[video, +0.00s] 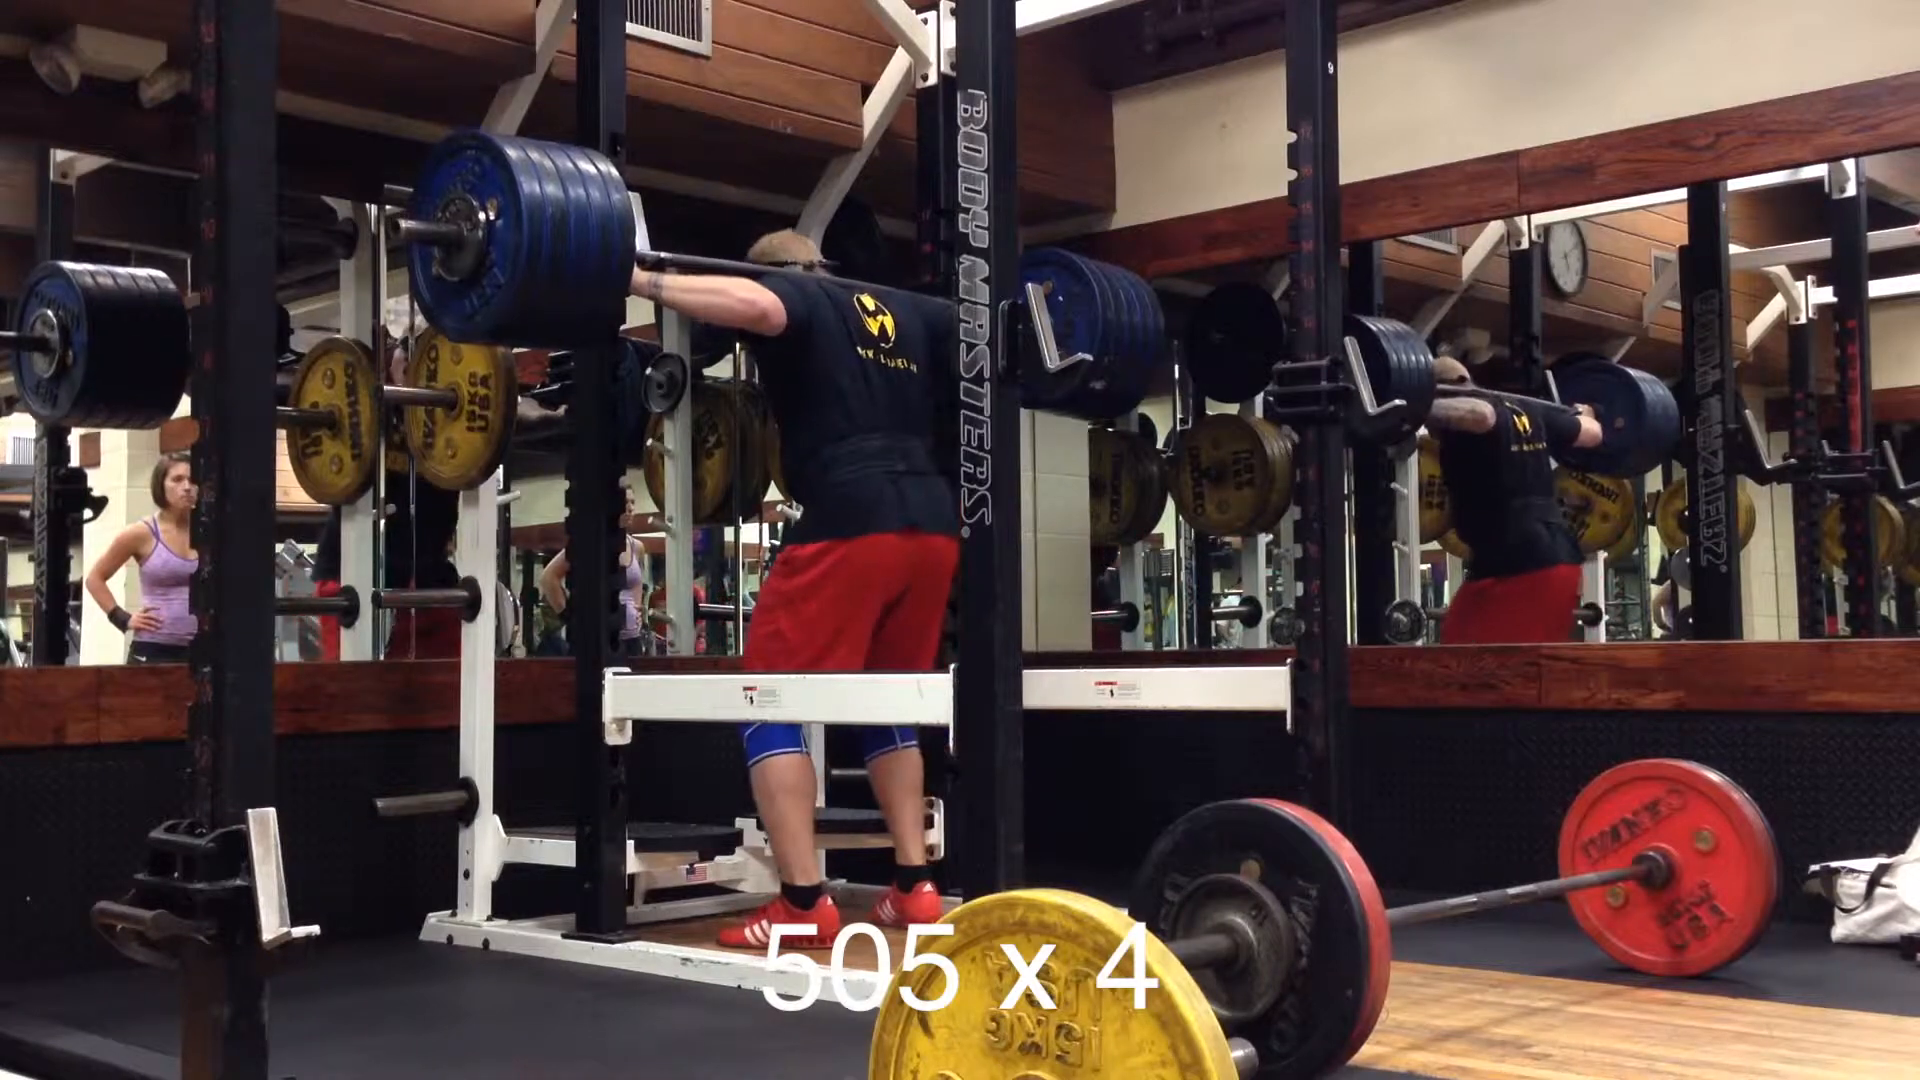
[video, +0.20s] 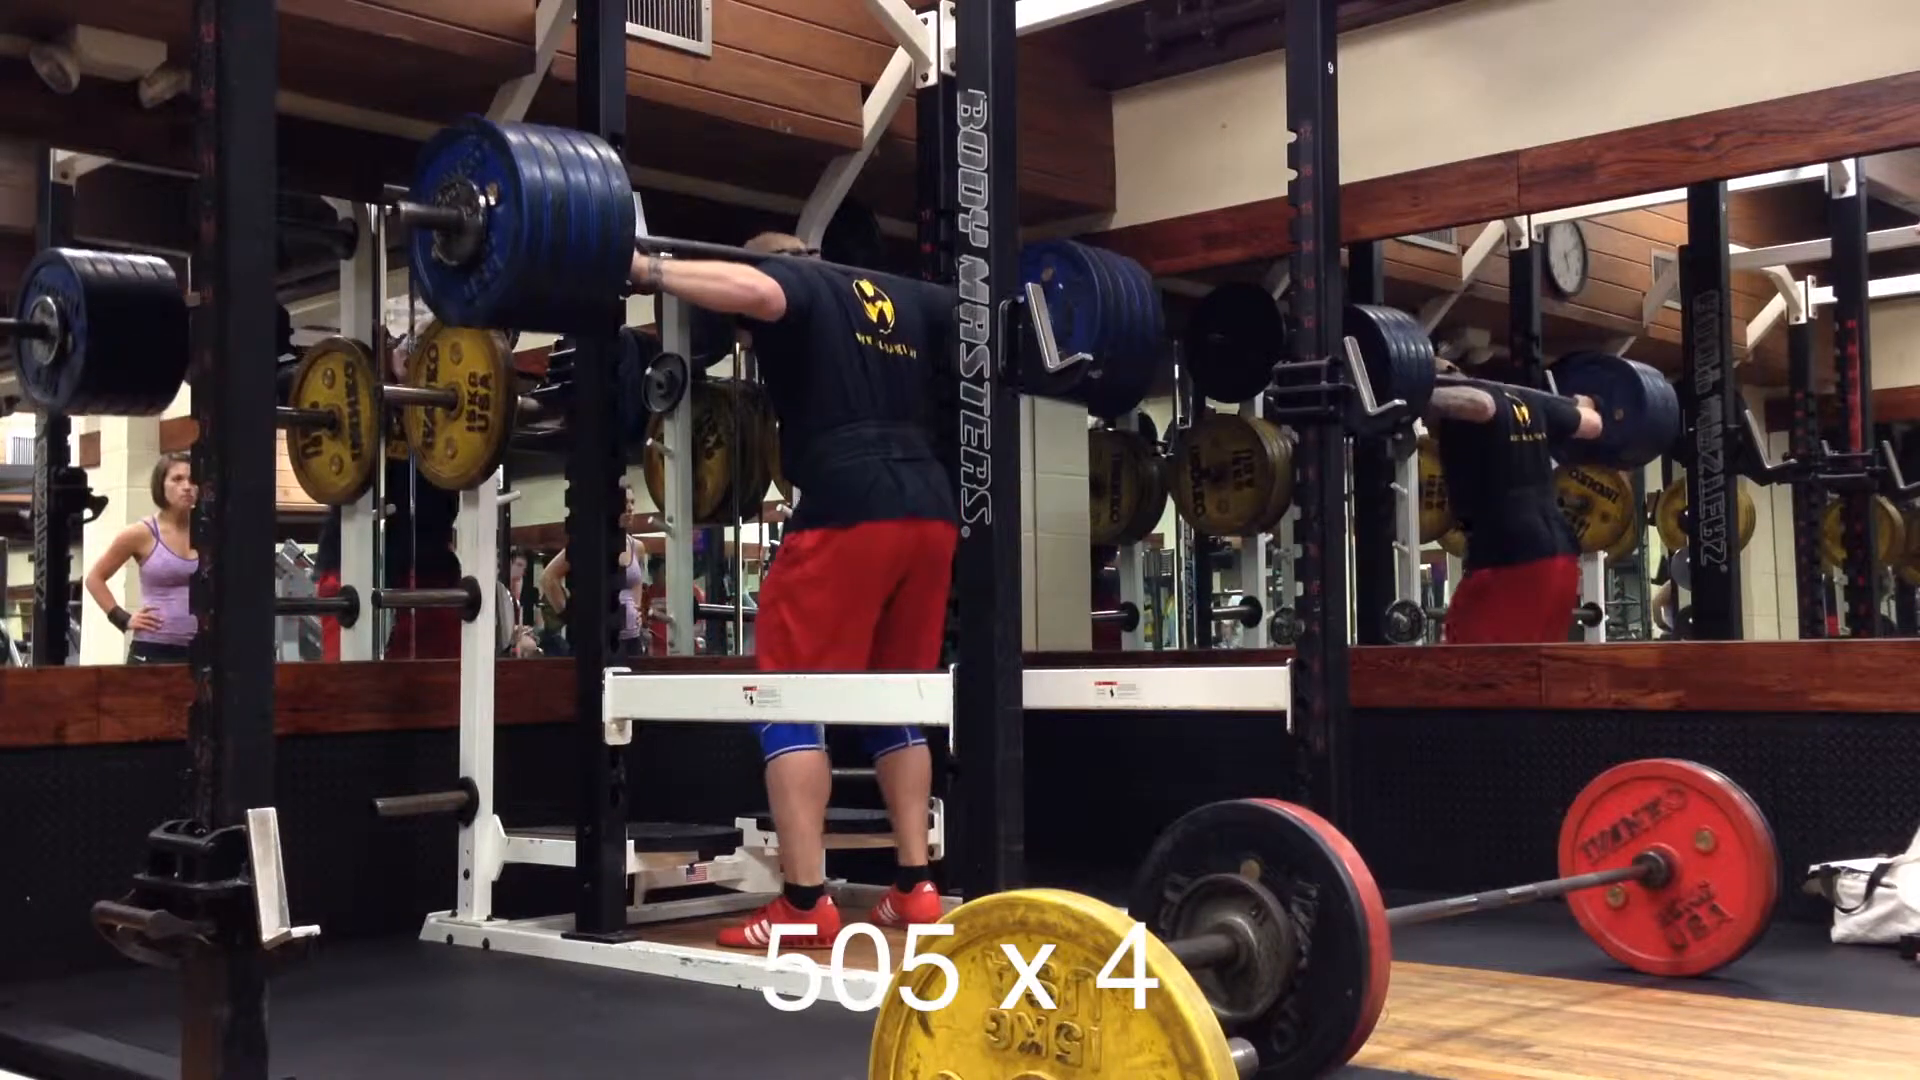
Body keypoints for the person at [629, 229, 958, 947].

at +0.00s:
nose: (749, 296)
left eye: (753, 284)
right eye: (752, 282)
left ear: (772, 274)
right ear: (823, 262)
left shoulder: (791, 290)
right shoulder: (906, 308)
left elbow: (762, 308)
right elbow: (984, 319)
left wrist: (648, 279)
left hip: (847, 526)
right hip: (936, 531)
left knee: (769, 707)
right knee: (888, 706)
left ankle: (804, 901)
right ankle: (916, 885)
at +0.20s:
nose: (745, 289)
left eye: (747, 277)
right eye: (741, 281)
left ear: (776, 263)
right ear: (819, 254)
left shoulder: (793, 275)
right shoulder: (906, 297)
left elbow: (761, 293)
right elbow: (983, 307)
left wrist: (648, 268)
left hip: (847, 512)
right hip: (934, 514)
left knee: (786, 702)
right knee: (896, 704)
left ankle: (805, 901)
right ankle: (918, 886)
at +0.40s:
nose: (745, 311)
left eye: (750, 277)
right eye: (742, 281)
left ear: (774, 255)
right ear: (825, 246)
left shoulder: (794, 261)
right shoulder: (904, 283)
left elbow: (757, 278)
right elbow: (983, 288)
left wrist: (648, 250)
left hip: (844, 504)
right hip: (931, 504)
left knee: (817, 707)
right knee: (920, 705)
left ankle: (806, 900)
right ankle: (920, 888)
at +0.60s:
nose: (745, 279)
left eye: (748, 268)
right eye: (742, 272)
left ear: (773, 256)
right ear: (820, 246)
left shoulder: (792, 263)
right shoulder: (904, 284)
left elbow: (759, 282)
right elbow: (984, 291)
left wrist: (649, 259)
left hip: (838, 505)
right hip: (925, 505)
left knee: (813, 707)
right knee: (920, 705)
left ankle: (806, 902)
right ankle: (920, 888)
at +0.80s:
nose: (755, 266)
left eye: (760, 258)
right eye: (747, 264)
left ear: (798, 245)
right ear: (865, 245)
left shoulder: (798, 263)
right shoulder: (911, 286)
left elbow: (761, 282)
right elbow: (990, 293)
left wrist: (648, 256)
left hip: (840, 504)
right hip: (925, 504)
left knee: (813, 706)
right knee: (921, 705)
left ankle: (806, 902)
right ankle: (920, 888)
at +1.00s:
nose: (745, 282)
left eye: (748, 268)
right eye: (742, 274)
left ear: (776, 252)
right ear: (828, 246)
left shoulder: (792, 260)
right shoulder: (905, 284)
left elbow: (763, 281)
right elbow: (985, 289)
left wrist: (652, 255)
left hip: (829, 503)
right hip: (914, 504)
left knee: (804, 706)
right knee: (907, 706)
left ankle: (805, 902)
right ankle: (918, 888)